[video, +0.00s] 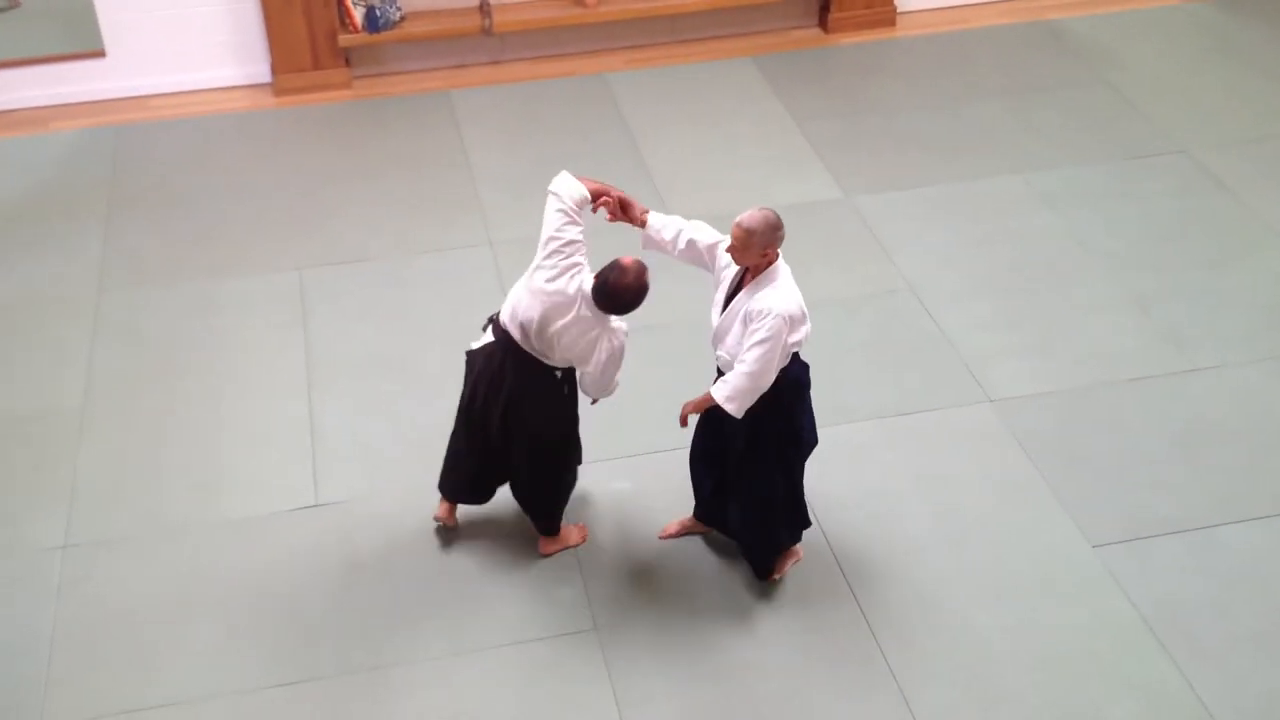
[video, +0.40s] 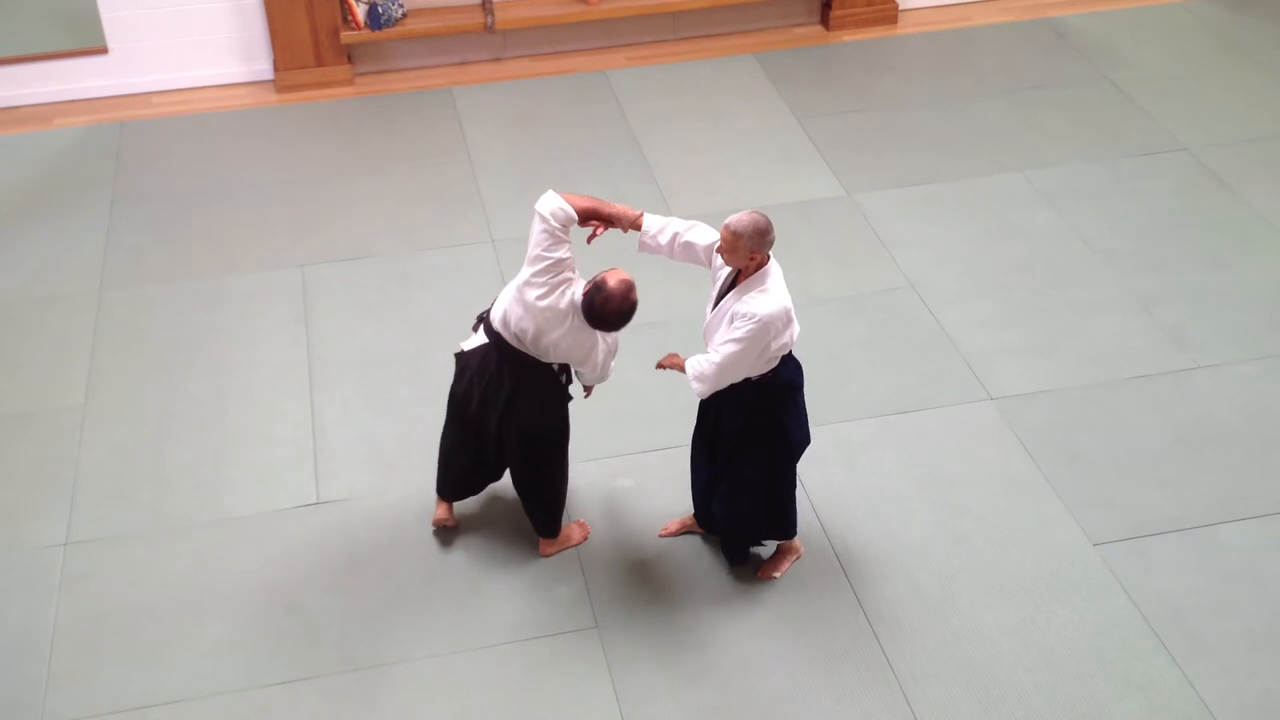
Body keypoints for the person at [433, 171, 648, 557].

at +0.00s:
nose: (631, 258)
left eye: (625, 262)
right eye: (640, 266)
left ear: (602, 272)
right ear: (628, 307)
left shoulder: (564, 259)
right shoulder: (609, 339)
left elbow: (565, 189)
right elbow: (597, 388)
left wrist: (605, 191)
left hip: (496, 352)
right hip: (545, 380)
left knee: (472, 428)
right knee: (550, 455)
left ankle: (447, 505)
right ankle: (550, 534)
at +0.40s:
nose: (619, 269)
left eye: (613, 275)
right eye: (629, 277)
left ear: (590, 285)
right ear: (618, 322)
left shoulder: (551, 266)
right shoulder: (599, 345)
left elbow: (555, 207)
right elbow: (591, 379)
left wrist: (614, 213)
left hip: (488, 354)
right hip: (540, 379)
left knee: (462, 429)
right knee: (543, 455)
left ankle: (443, 505)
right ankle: (550, 535)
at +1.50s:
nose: (602, 232)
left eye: (601, 237)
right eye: (608, 242)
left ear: (583, 240)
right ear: (599, 281)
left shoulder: (559, 233)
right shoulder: (561, 329)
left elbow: (590, 226)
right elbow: (566, 385)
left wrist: (623, 256)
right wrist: (581, 393)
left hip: (477, 340)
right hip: (510, 379)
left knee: (477, 420)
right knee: (552, 453)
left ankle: (422, 473)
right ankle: (556, 534)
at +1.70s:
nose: (577, 253)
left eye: (577, 247)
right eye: (571, 249)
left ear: (541, 252)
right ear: (544, 257)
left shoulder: (533, 254)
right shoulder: (512, 309)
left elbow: (592, 284)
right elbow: (511, 379)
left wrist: (649, 304)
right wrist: (546, 419)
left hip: (467, 363)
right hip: (486, 385)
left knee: (466, 443)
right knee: (545, 455)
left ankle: (443, 498)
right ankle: (560, 534)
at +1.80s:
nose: (567, 247)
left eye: (567, 239)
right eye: (561, 241)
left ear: (534, 245)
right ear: (531, 247)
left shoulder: (551, 261)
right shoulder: (489, 294)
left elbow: (600, 299)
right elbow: (481, 371)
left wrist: (659, 318)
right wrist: (516, 418)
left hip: (503, 369)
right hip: (472, 380)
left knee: (466, 449)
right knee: (530, 455)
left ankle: (442, 500)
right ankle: (551, 535)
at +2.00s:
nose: (568, 241)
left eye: (569, 232)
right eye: (561, 234)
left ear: (534, 236)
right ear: (529, 236)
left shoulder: (567, 265)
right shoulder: (480, 279)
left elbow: (615, 308)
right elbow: (447, 348)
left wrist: (677, 322)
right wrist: (457, 408)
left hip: (520, 379)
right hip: (476, 379)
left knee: (520, 459)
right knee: (477, 461)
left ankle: (524, 533)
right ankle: (474, 534)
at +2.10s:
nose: (576, 241)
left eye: (577, 233)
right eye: (569, 235)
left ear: (546, 235)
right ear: (537, 236)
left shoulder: (574, 265)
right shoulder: (487, 279)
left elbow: (623, 308)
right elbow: (448, 341)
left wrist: (684, 321)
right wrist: (443, 401)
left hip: (536, 375)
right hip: (487, 380)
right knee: (483, 460)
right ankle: (474, 534)